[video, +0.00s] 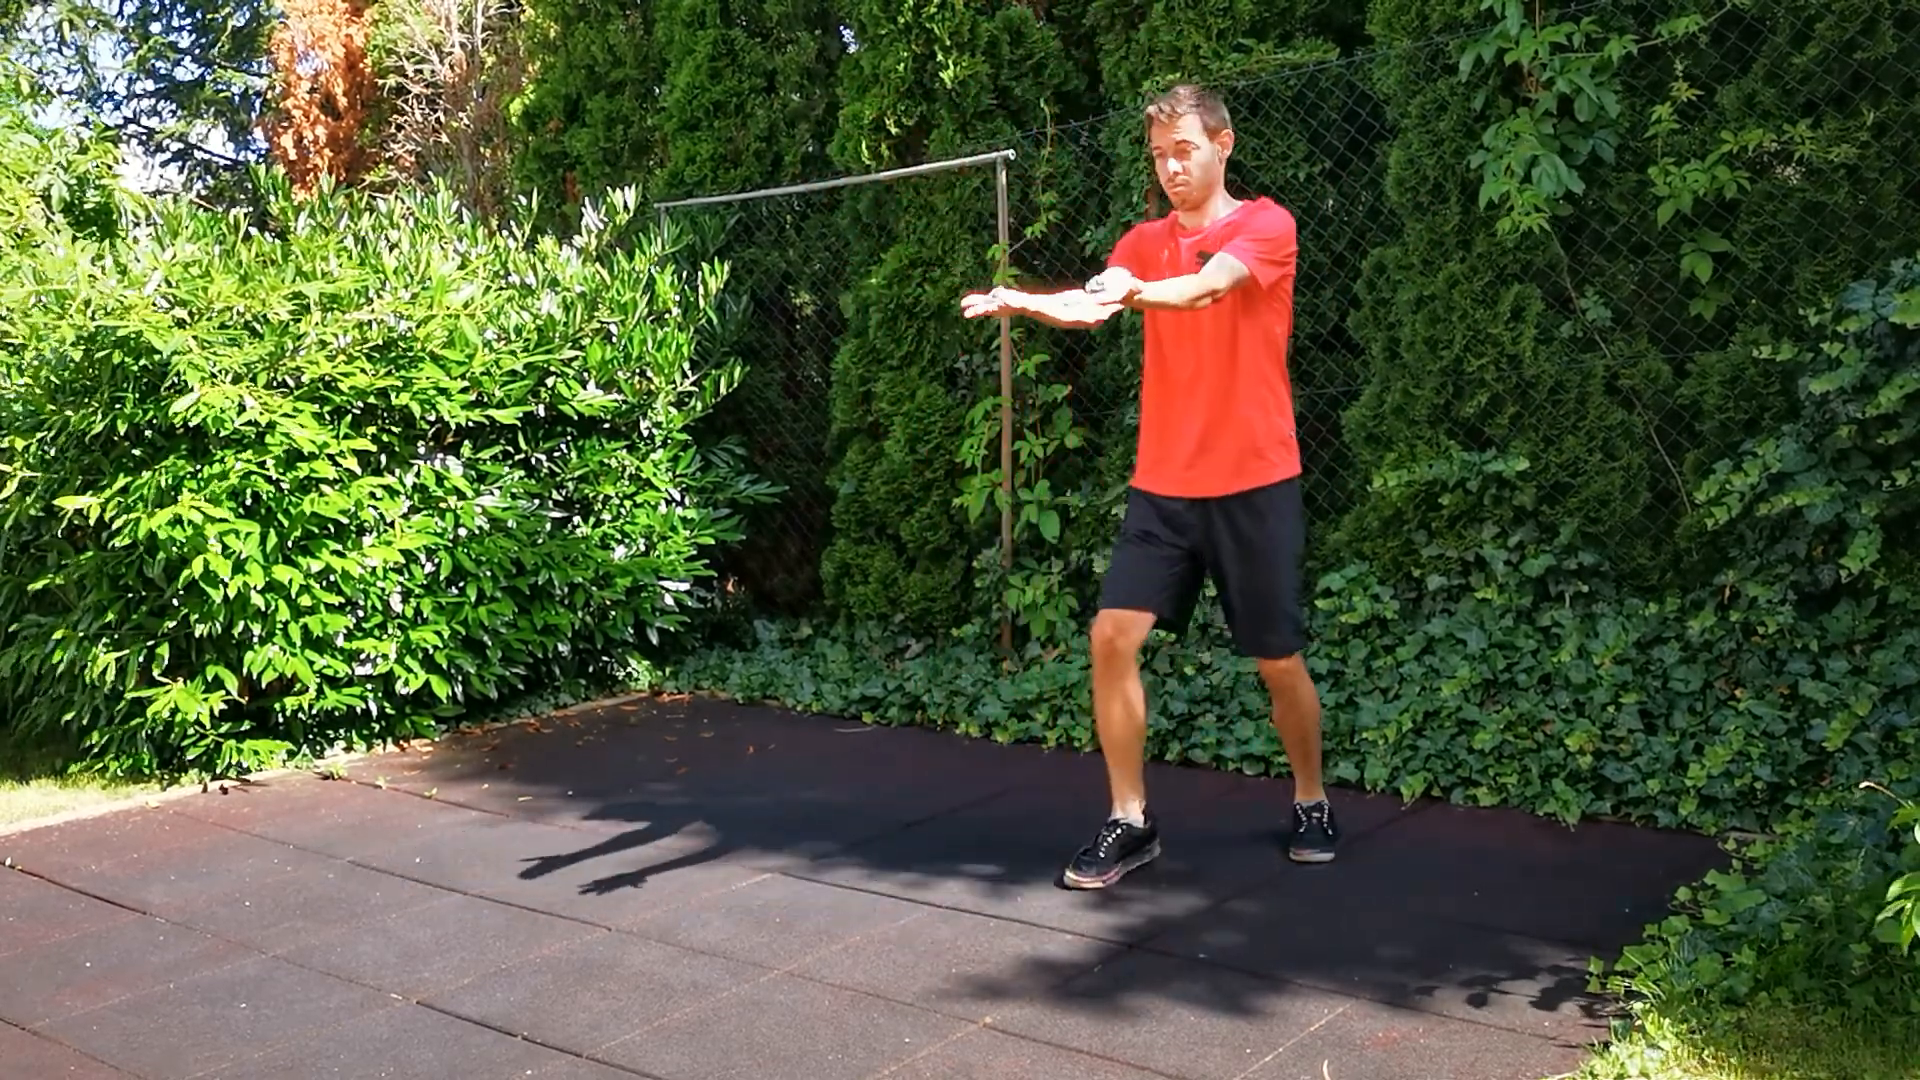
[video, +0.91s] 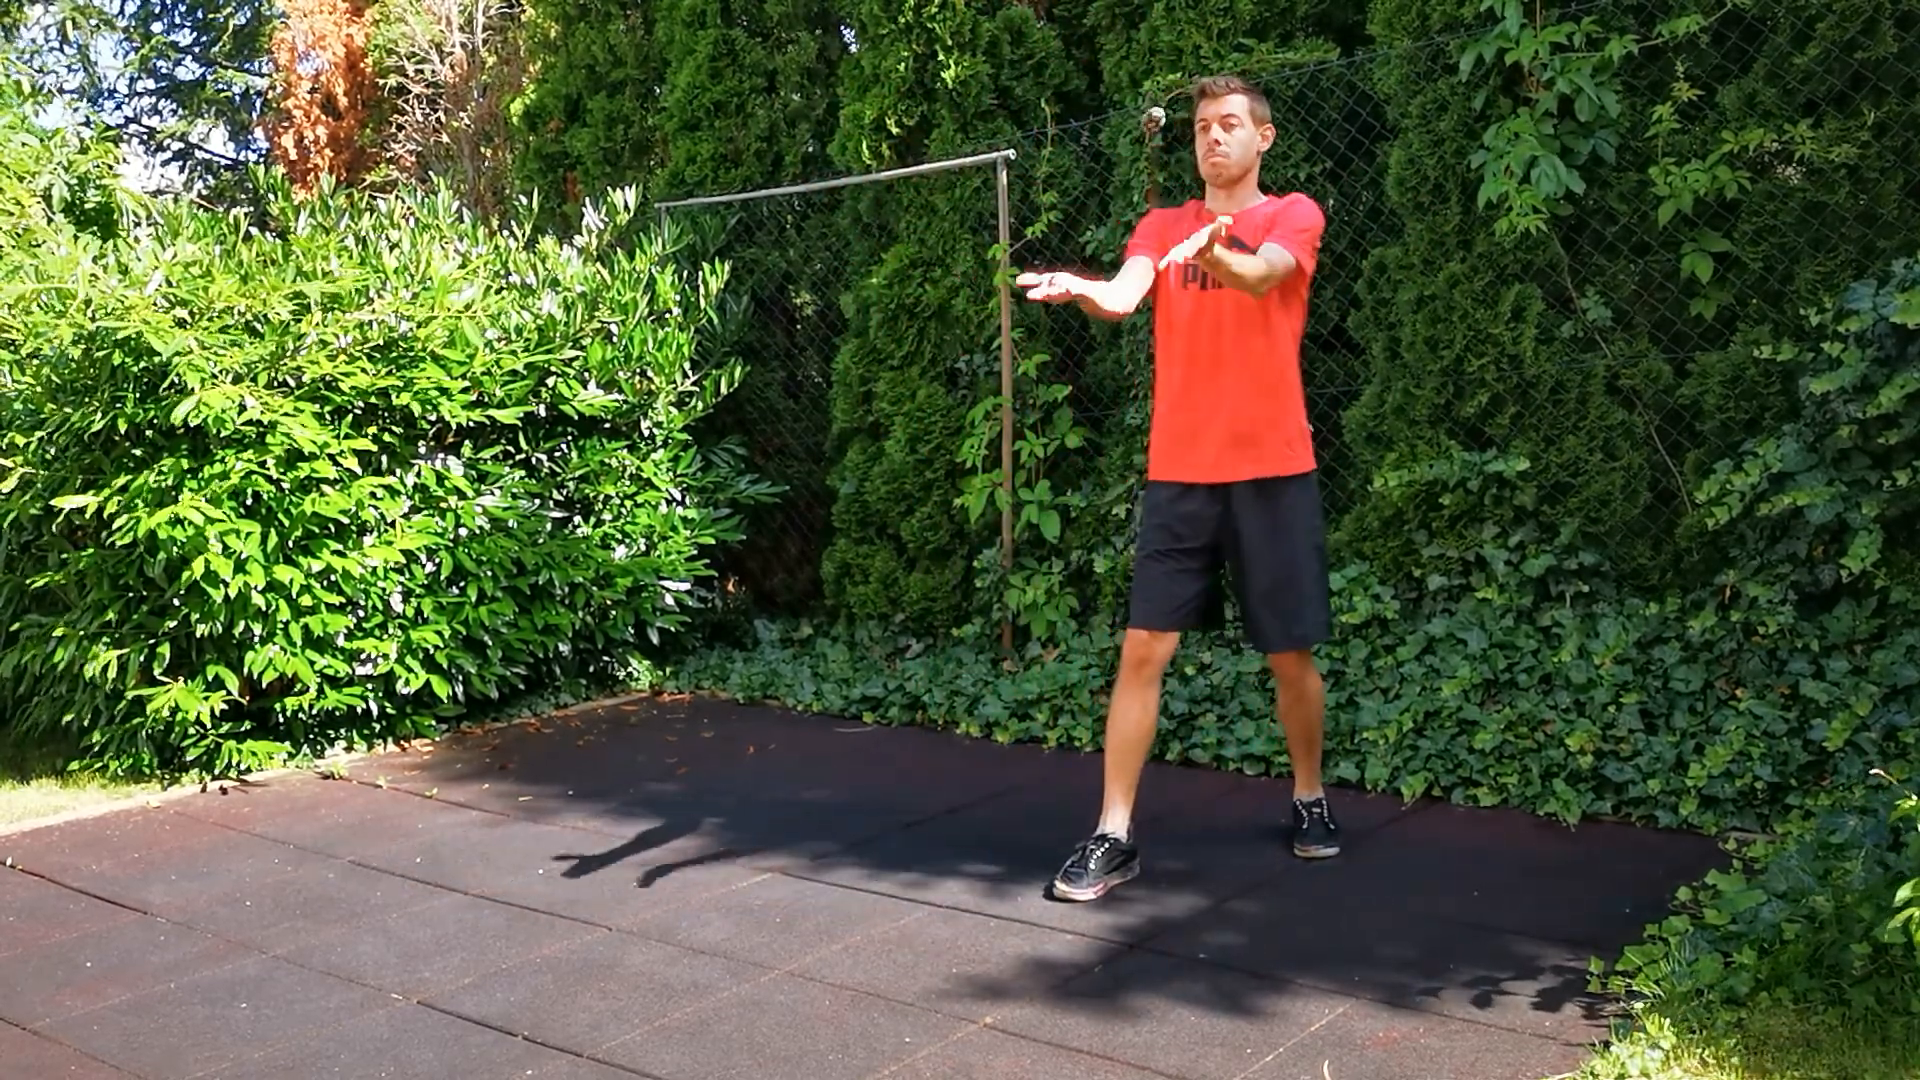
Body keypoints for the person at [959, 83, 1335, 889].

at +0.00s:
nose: (1172, 168)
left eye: (1185, 151)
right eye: (1161, 156)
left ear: (1223, 146)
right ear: (1150, 162)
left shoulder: (1268, 224)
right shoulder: (1144, 241)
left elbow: (1204, 286)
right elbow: (1089, 306)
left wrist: (1126, 289)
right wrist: (1017, 299)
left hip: (1254, 482)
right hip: (1163, 484)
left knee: (1278, 660)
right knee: (1112, 637)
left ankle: (1311, 805)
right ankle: (1129, 823)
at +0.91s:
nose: (1215, 136)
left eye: (1229, 123)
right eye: (1205, 127)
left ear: (1265, 137)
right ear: (1192, 145)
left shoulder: (1296, 213)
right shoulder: (1165, 222)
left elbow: (1267, 273)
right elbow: (1121, 299)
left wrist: (1220, 256)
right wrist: (1078, 289)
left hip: (1272, 471)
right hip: (1178, 471)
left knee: (1291, 651)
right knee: (1143, 647)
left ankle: (1310, 801)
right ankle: (1113, 833)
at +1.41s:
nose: (1243, 162)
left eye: (1258, 148)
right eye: (1231, 150)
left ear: (1290, 156)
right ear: (1219, 160)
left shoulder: (1316, 246)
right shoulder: (1190, 241)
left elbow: (1290, 367)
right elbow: (1172, 355)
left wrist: (1280, 337)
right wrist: (1144, 372)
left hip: (1282, 492)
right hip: (1192, 483)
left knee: (1291, 672)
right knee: (1144, 650)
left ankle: (1309, 801)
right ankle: (1112, 833)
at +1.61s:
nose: (1264, 176)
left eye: (1278, 161)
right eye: (1252, 162)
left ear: (1309, 161)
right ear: (1235, 166)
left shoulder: (1339, 255)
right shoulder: (1194, 242)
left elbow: (1369, 366)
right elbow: (1139, 345)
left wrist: (1396, 380)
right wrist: (1063, 371)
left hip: (1291, 499)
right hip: (1193, 489)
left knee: (1300, 670)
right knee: (1143, 646)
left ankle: (1309, 801)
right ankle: (1111, 833)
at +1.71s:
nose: (1266, 180)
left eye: (1282, 164)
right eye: (1254, 164)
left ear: (1308, 159)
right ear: (1234, 159)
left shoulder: (1345, 248)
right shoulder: (1190, 237)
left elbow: (1400, 350)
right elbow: (1096, 308)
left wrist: (1452, 363)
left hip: (1294, 500)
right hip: (1195, 490)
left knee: (1303, 673)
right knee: (1144, 646)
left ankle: (1310, 804)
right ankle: (1108, 830)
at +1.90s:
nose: (1296, 204)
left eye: (1303, 189)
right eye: (1282, 188)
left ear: (1305, 183)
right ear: (1234, 178)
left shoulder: (1324, 262)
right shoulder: (1173, 244)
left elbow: (1364, 376)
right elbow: (1064, 289)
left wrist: (1406, 481)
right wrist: (1129, 219)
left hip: (1305, 508)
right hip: (1196, 504)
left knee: (1367, 668)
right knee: (1136, 658)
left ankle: (1338, 777)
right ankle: (1094, 827)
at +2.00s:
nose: (1337, 230)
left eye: (1343, 214)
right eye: (1324, 214)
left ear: (1339, 208)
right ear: (1274, 203)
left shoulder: (1349, 288)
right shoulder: (1194, 258)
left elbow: (1382, 401)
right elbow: (1070, 298)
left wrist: (1428, 513)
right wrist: (1122, 295)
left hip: (1318, 510)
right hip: (1208, 511)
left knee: (1416, 654)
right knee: (1134, 657)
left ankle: (1421, 788)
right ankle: (1094, 827)